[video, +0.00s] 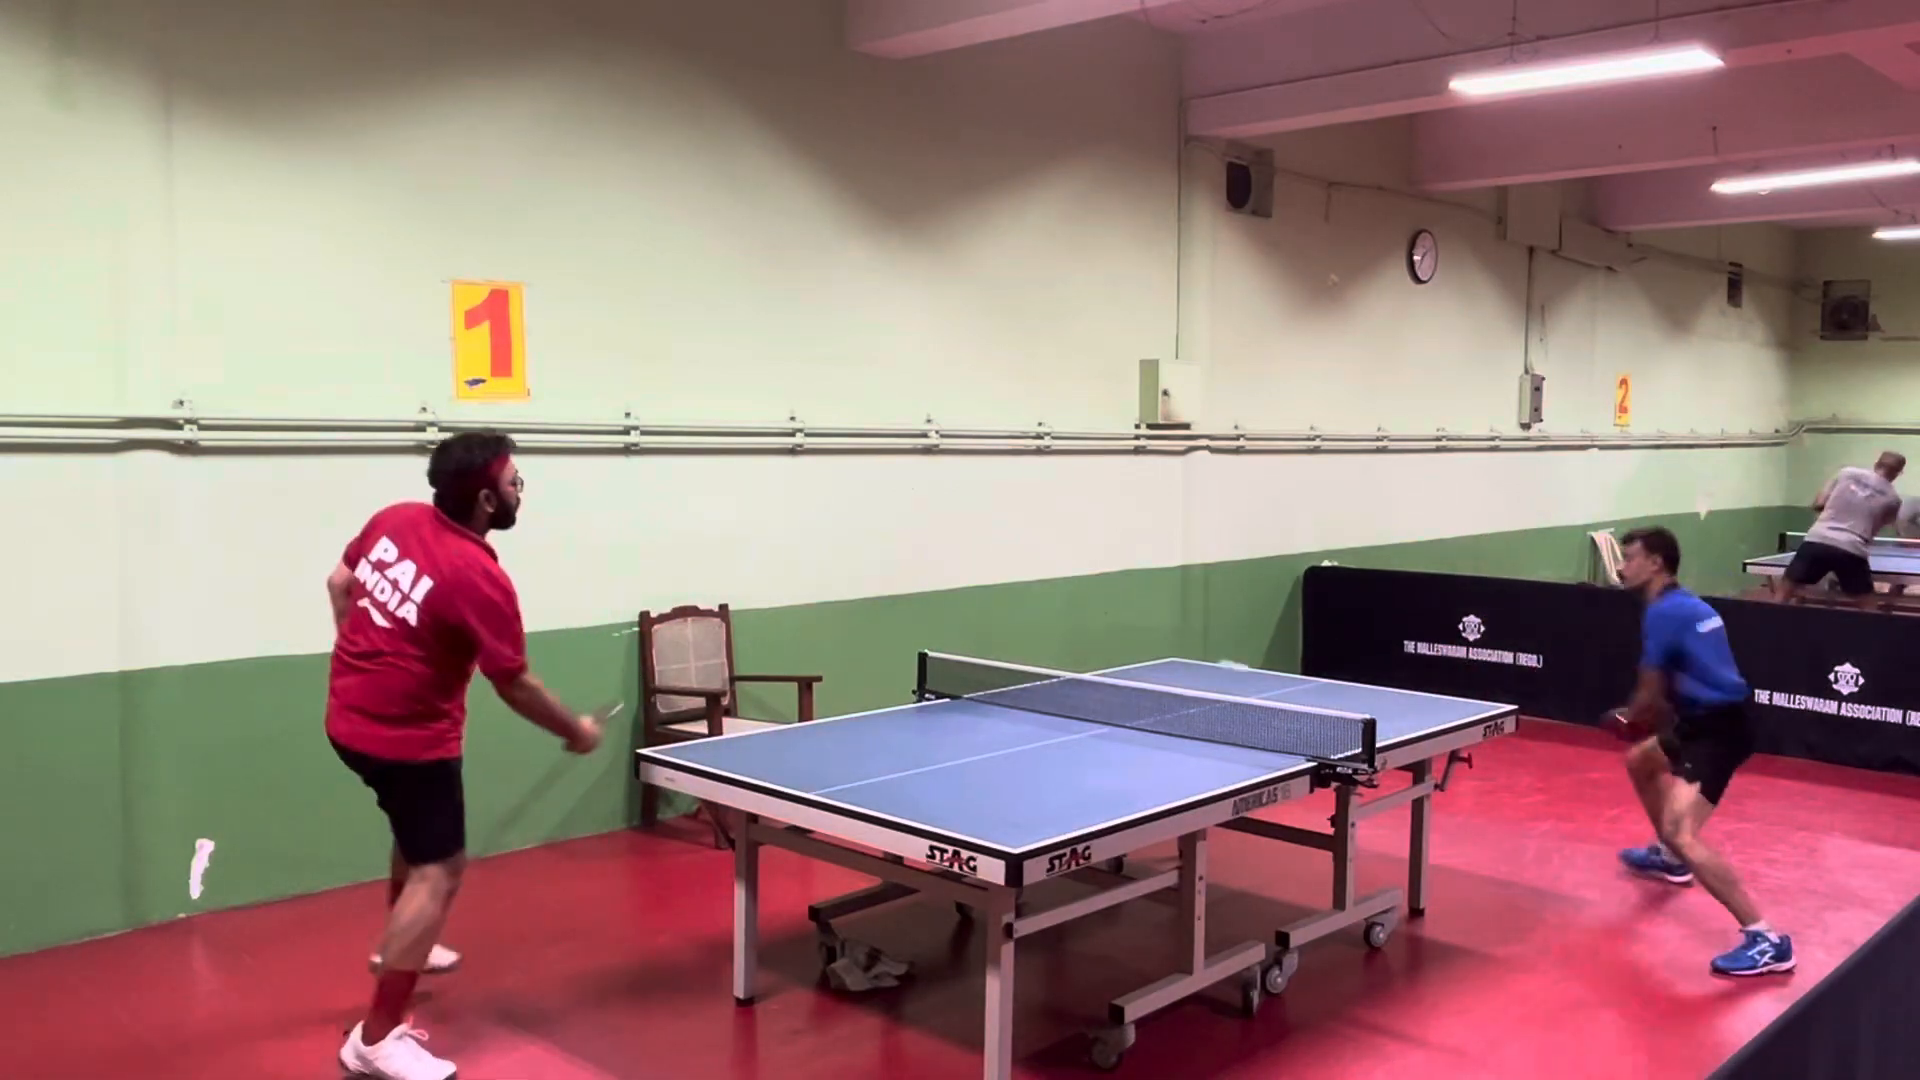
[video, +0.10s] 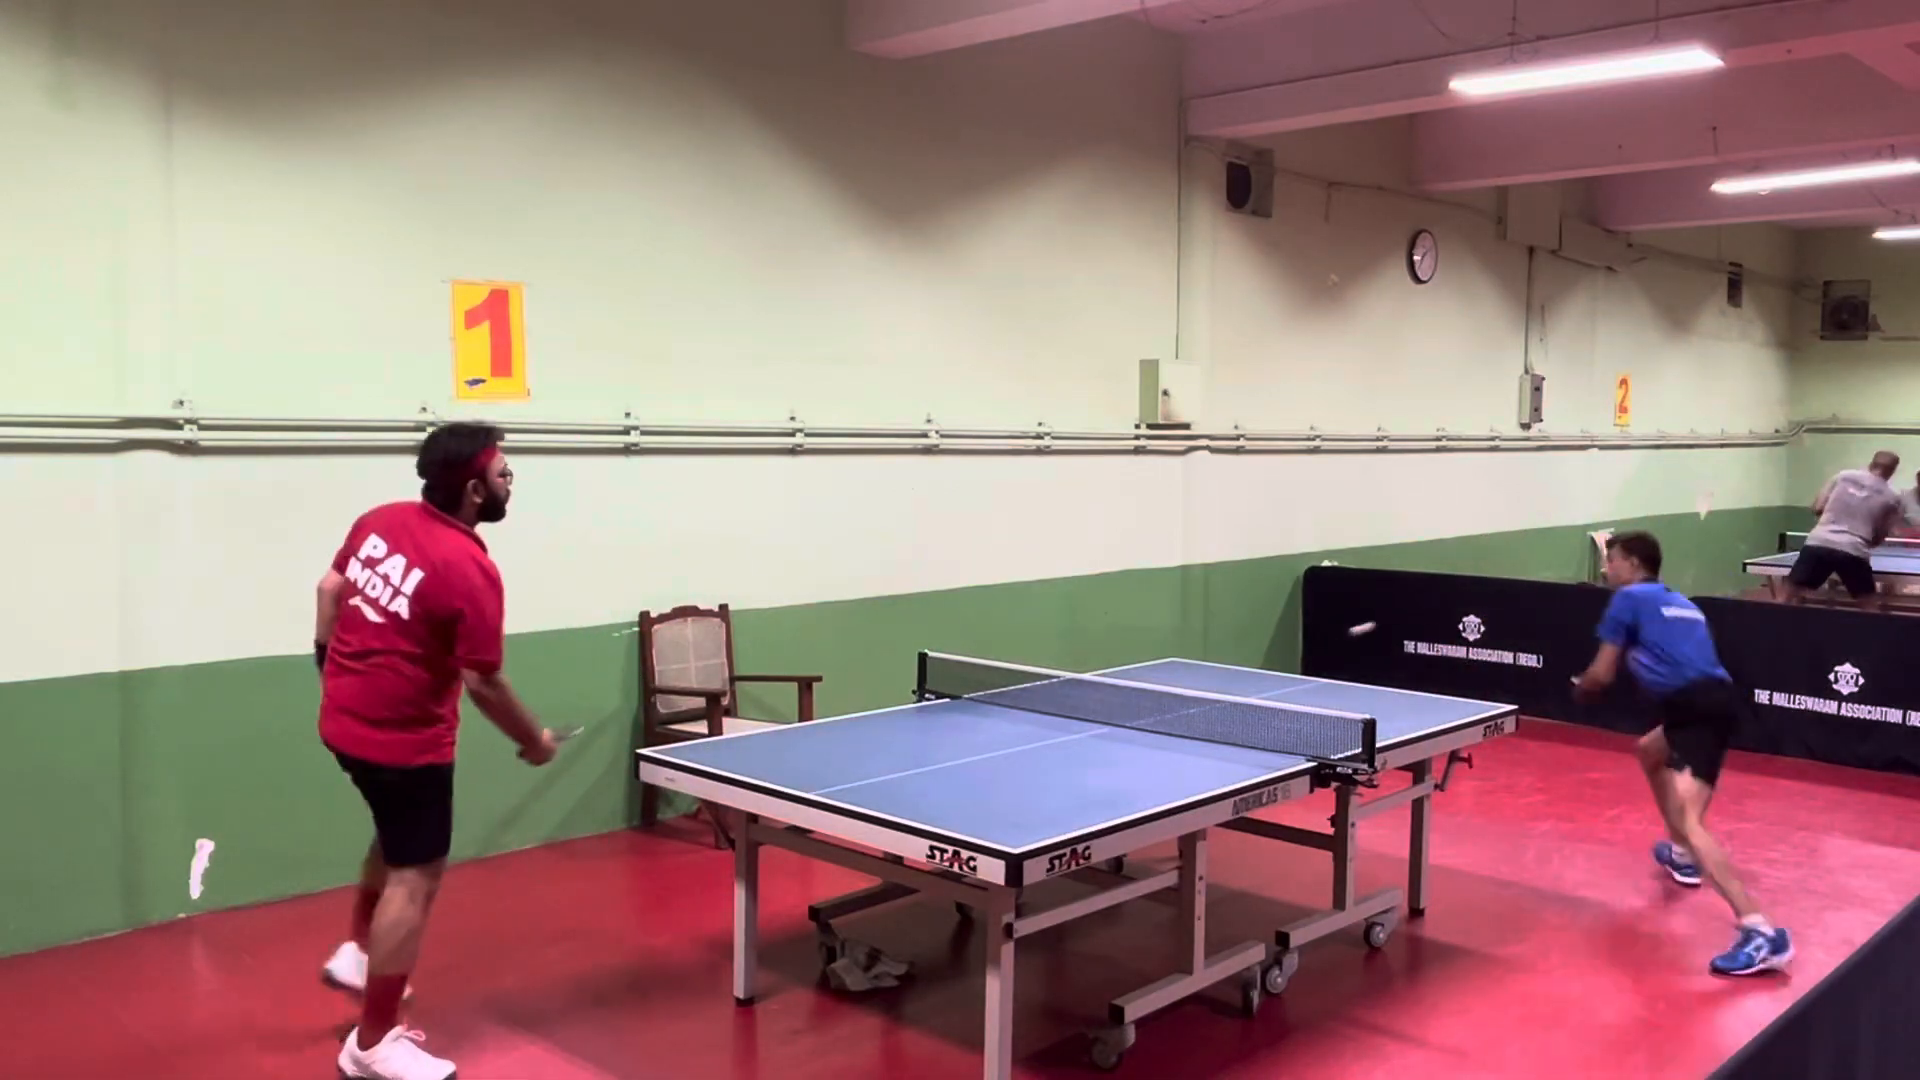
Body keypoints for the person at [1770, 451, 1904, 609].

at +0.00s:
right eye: (1898, 472)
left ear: (1876, 463)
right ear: (1898, 473)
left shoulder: (1846, 473)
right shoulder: (1893, 500)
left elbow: (1819, 503)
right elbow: (1875, 528)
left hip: (1815, 545)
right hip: (1851, 554)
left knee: (1783, 593)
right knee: (1868, 609)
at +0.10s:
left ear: (1871, 465)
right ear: (1892, 472)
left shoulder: (1843, 476)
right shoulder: (1892, 498)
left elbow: (1818, 507)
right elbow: (1879, 537)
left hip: (1817, 547)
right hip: (1852, 554)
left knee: (1789, 597)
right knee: (1869, 609)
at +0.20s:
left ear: (1861, 466)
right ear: (1883, 473)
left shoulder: (1835, 481)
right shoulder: (1885, 498)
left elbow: (1815, 514)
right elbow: (1885, 541)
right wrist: (1868, 553)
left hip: (1816, 549)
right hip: (1851, 556)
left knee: (1789, 596)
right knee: (1866, 607)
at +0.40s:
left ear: (1835, 467)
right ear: (1858, 472)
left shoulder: (1811, 484)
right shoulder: (1864, 494)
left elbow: (1795, 520)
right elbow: (1872, 538)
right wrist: (1856, 555)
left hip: (1802, 554)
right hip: (1836, 559)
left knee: (1784, 600)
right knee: (1858, 605)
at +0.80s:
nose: (1848, 476)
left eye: (1848, 473)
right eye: (1848, 473)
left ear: (1824, 468)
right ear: (1845, 473)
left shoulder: (1798, 484)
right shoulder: (1850, 491)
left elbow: (1784, 520)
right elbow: (1860, 531)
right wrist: (1858, 548)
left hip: (1794, 555)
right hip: (1829, 557)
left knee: (1772, 603)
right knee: (1852, 608)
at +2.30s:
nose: (1842, 479)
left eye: (1843, 475)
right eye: (1843, 475)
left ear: (1819, 469)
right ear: (1839, 474)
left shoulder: (1794, 483)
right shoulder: (1836, 493)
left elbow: (1767, 516)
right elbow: (1845, 539)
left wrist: (1783, 526)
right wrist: (1872, 555)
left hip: (1777, 553)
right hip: (1809, 556)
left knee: (1758, 602)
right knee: (1839, 603)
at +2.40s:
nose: (1856, 484)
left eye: (1857, 480)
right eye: (1856, 480)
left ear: (1833, 474)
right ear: (1851, 478)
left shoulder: (1810, 489)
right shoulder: (1843, 498)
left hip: (1789, 557)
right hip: (1817, 560)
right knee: (1854, 608)